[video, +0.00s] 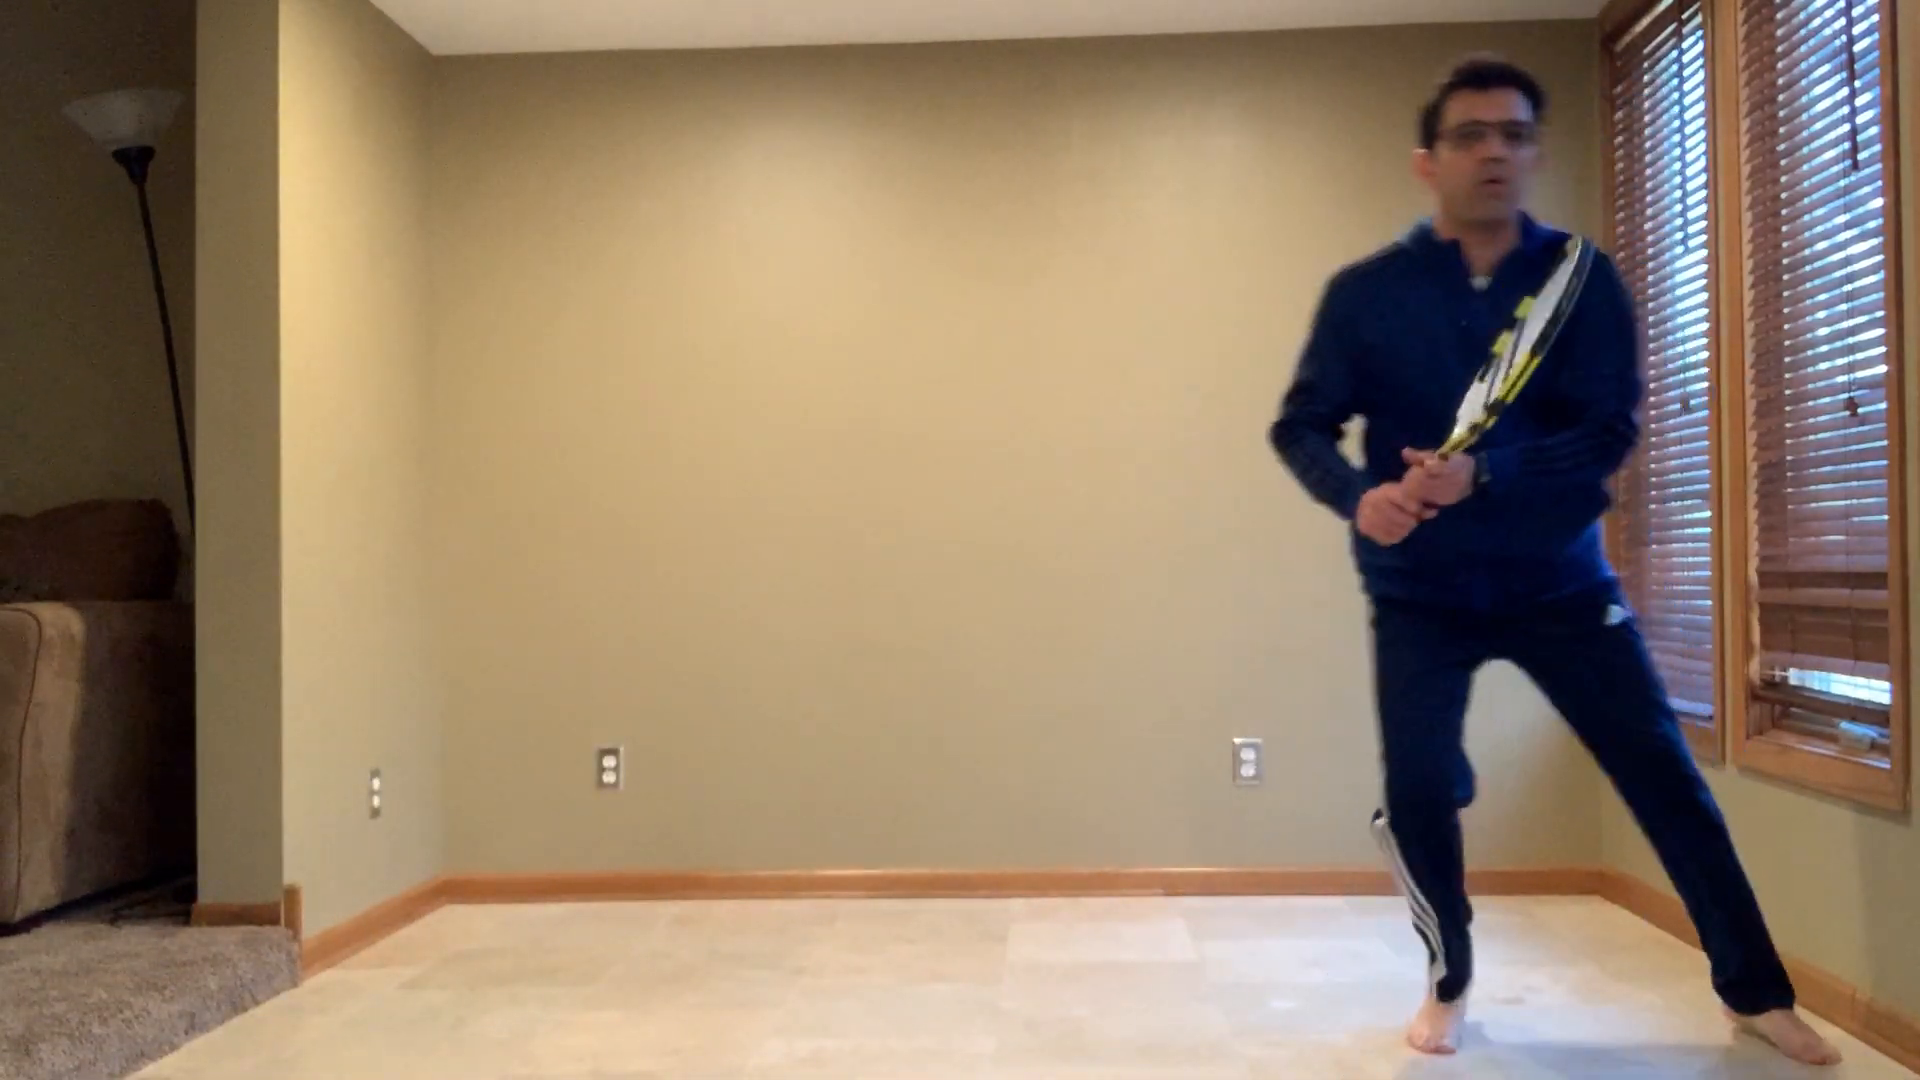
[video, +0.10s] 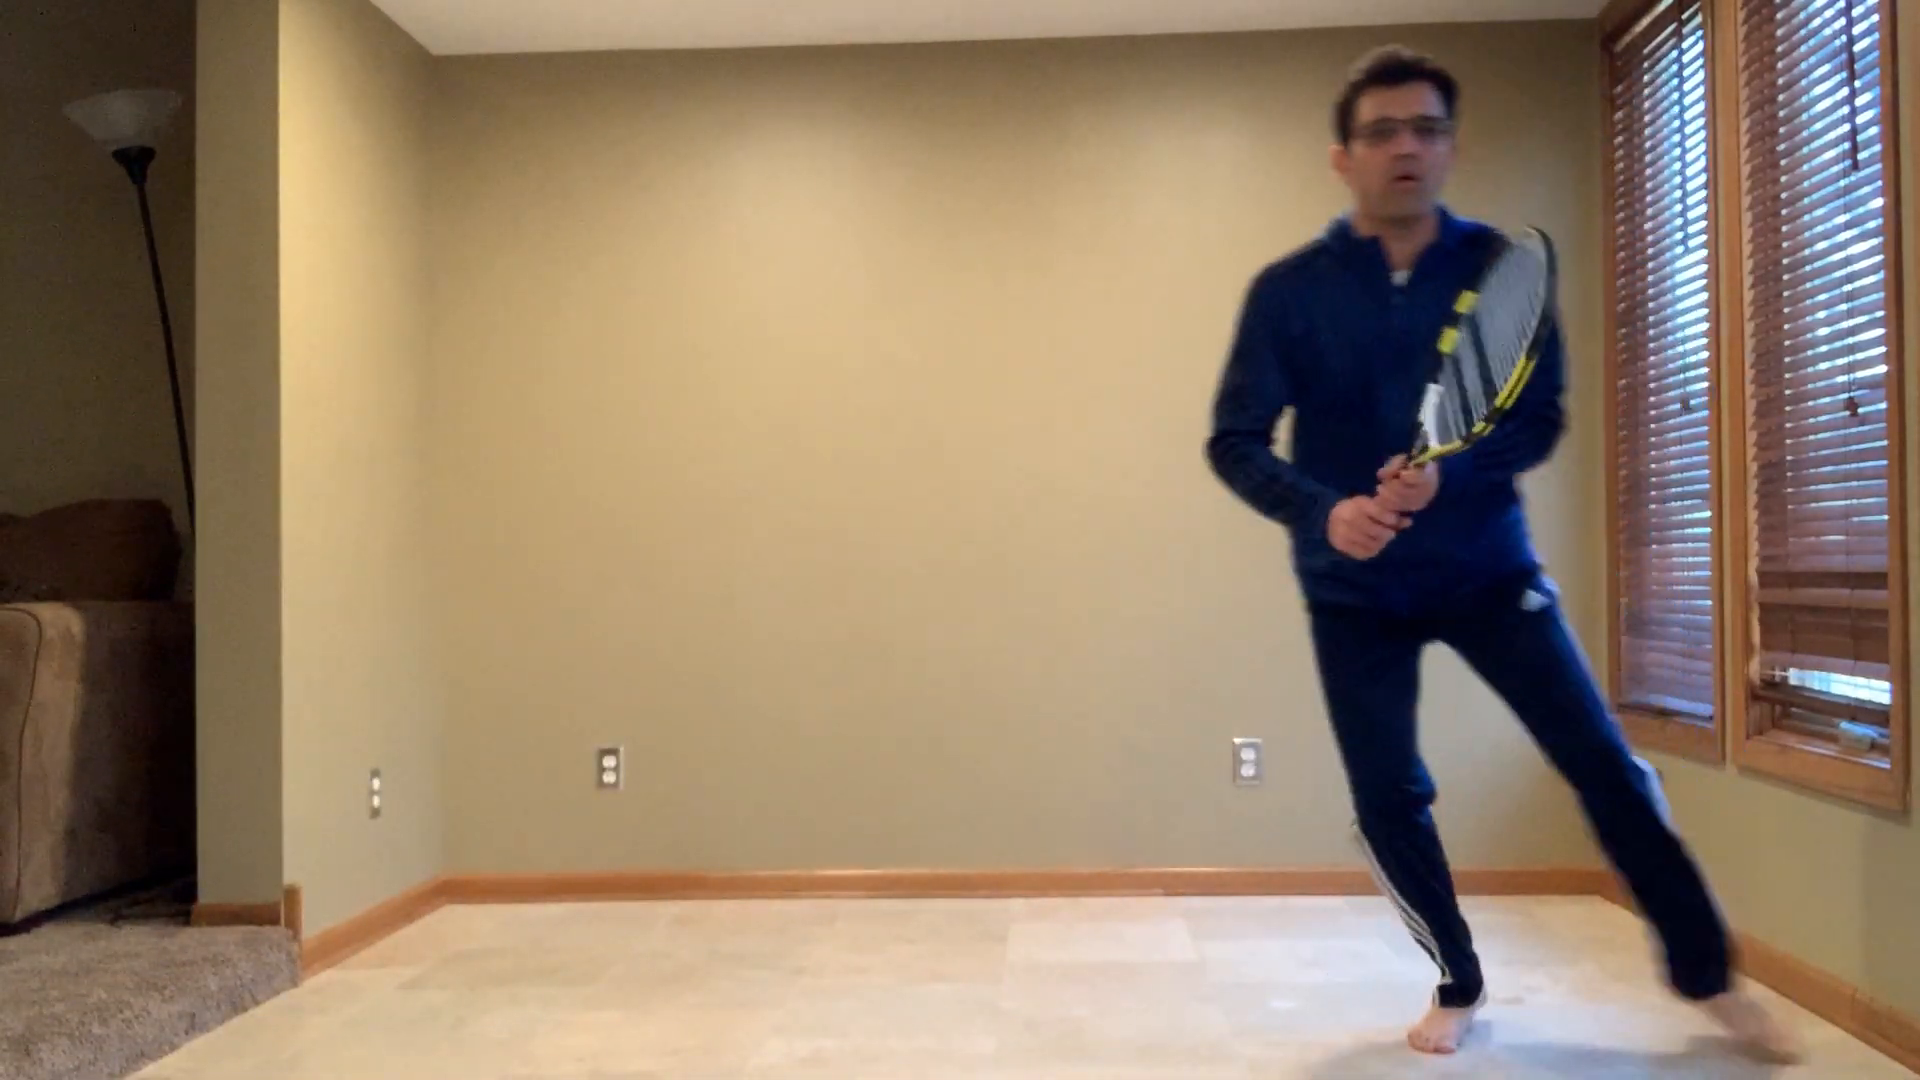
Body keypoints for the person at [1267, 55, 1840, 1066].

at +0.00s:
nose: (1497, 154)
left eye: (1515, 135)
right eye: (1471, 136)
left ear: (1537, 155)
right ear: (1425, 160)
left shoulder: (1585, 280)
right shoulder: (1365, 294)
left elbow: (1605, 437)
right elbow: (1301, 427)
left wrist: (1480, 477)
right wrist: (1355, 498)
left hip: (1557, 582)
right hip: (1420, 593)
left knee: (1664, 773)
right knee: (1417, 794)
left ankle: (1757, 993)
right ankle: (1446, 975)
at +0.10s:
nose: (1405, 147)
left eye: (1425, 129)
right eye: (1381, 132)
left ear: (1451, 148)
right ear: (1343, 157)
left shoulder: (1503, 265)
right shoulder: (1290, 290)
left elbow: (1539, 418)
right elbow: (1233, 444)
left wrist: (1441, 473)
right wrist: (1320, 511)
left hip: (1485, 568)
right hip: (1355, 589)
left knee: (1605, 764)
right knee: (1387, 799)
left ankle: (1710, 976)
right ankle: (1457, 982)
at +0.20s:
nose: (1330, 136)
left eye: (1349, 117)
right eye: (1307, 120)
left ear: (1378, 135)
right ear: (1271, 143)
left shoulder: (1422, 253)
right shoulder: (1219, 273)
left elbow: (1467, 409)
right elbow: (1175, 432)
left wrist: (1392, 457)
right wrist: (1287, 496)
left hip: (1415, 552)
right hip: (1295, 574)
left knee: (1485, 743)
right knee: (1363, 789)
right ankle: (1454, 976)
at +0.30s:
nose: (1247, 131)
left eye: (1269, 111)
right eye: (1224, 114)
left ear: (1300, 129)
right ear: (1193, 135)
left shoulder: (1350, 249)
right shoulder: (1142, 265)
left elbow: (1389, 401)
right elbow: (1112, 420)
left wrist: (1308, 464)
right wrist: (1215, 495)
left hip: (1328, 556)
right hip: (1208, 565)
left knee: (1348, 764)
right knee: (1255, 788)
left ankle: (1324, 1008)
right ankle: (1371, 934)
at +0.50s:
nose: (1028, 157)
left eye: (1052, 140)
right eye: (1010, 139)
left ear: (1094, 164)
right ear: (986, 161)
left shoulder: (1150, 279)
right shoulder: (951, 299)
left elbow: (1193, 429)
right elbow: (932, 455)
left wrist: (1085, 507)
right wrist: (996, 526)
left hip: (1151, 586)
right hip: (1015, 591)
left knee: (1226, 786)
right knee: (931, 788)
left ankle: (1302, 1018)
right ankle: (876, 1001)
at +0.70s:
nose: (847, 131)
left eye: (873, 113)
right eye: (832, 113)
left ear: (920, 137)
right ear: (815, 132)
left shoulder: (968, 259)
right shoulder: (771, 258)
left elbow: (990, 411)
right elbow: (736, 403)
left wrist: (878, 466)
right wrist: (793, 482)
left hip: (944, 555)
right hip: (814, 554)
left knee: (977, 754)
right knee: (754, 753)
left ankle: (956, 978)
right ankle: (808, 968)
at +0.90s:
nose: (677, 171)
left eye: (701, 153)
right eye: (664, 152)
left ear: (753, 166)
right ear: (650, 162)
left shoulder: (795, 288)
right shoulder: (599, 279)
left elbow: (823, 439)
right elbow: (559, 423)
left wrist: (710, 478)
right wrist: (620, 500)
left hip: (759, 594)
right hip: (625, 593)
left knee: (817, 785)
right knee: (556, 791)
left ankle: (890, 1002)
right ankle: (527, 1010)